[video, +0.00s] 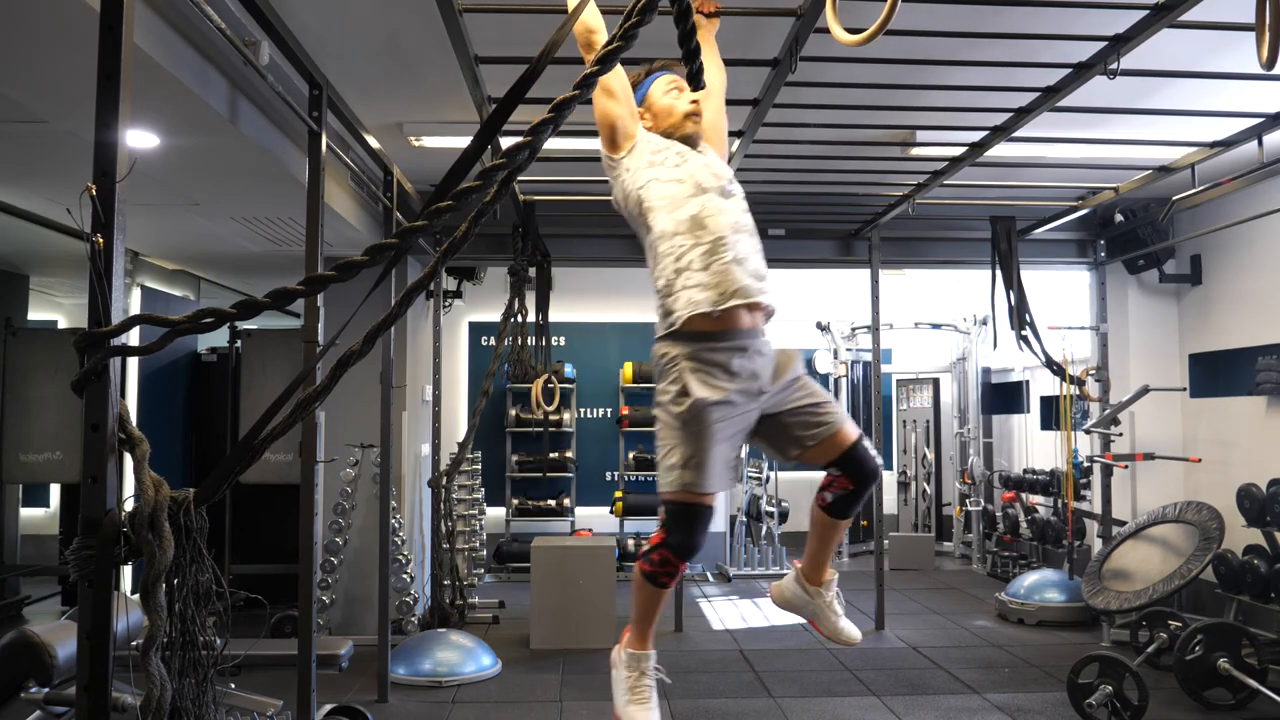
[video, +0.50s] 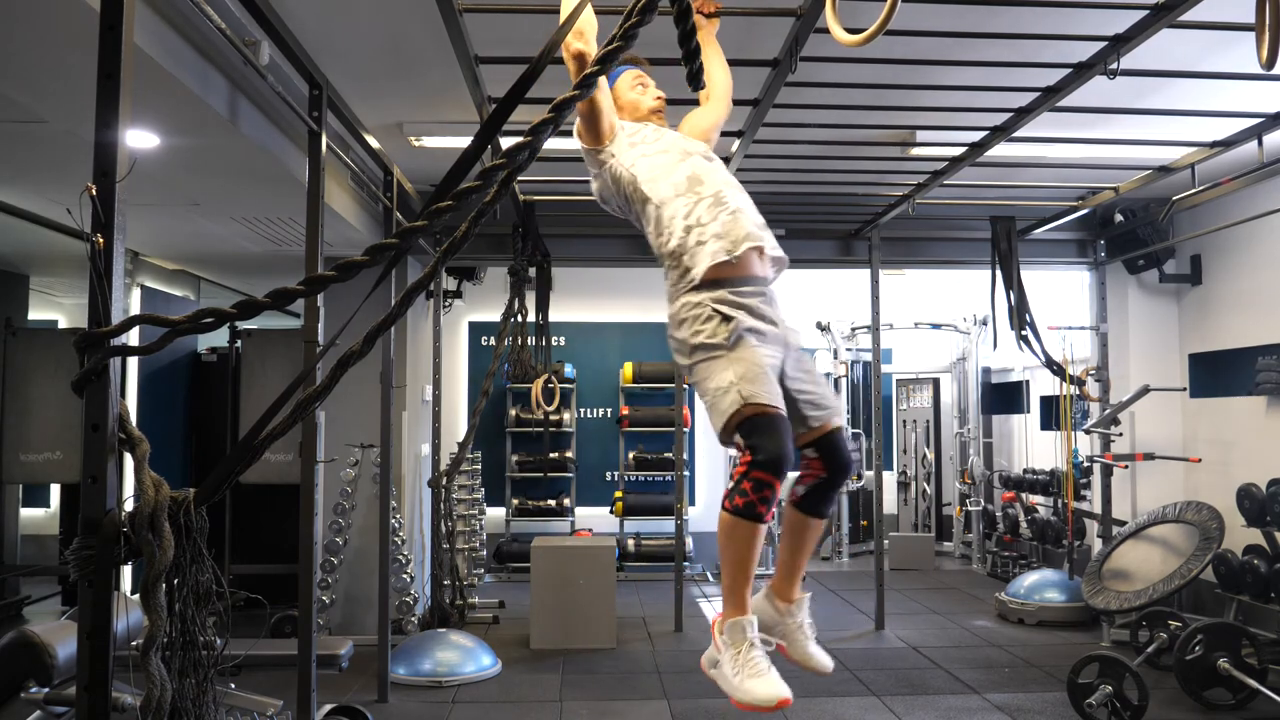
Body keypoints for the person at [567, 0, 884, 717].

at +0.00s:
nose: (687, 88)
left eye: (687, 85)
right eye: (670, 85)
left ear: (694, 110)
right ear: (643, 114)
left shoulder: (711, 159)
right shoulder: (635, 155)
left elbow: (714, 98)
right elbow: (606, 78)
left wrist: (708, 32)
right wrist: (594, 40)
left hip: (767, 350)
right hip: (697, 357)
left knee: (859, 468)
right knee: (684, 529)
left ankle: (810, 582)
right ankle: (634, 652)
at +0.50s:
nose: (644, 78)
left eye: (649, 76)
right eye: (631, 78)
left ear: (663, 97)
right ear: (612, 104)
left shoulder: (691, 138)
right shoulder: (614, 152)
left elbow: (718, 94)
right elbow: (592, 123)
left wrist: (706, 29)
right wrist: (585, 76)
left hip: (768, 302)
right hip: (712, 307)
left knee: (832, 458)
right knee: (766, 453)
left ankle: (781, 601)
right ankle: (731, 633)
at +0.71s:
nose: (632, 79)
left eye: (633, 76)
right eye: (617, 74)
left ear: (636, 96)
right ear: (589, 92)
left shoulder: (652, 144)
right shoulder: (577, 141)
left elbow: (707, 106)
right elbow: (563, 56)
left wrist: (706, 36)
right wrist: (575, 5)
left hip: (682, 314)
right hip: (622, 313)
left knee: (768, 418)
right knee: (717, 394)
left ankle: (779, 576)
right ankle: (751, 562)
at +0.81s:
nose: (626, 80)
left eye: (627, 72)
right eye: (612, 72)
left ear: (630, 87)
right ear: (580, 88)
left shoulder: (637, 141)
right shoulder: (558, 131)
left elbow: (697, 110)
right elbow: (547, 56)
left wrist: (703, 36)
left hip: (639, 311)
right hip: (575, 311)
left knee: (737, 357)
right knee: (676, 347)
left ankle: (784, 499)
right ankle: (743, 488)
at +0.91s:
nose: (621, 75)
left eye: (622, 65)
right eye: (605, 66)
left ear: (624, 74)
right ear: (570, 79)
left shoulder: (626, 129)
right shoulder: (546, 123)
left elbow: (691, 112)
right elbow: (535, 51)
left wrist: (703, 36)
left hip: (604, 293)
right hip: (547, 295)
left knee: (702, 300)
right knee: (645, 294)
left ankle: (755, 430)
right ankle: (713, 422)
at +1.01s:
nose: (621, 71)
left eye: (622, 60)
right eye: (606, 61)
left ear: (623, 66)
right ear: (569, 70)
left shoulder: (622, 112)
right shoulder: (538, 107)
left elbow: (687, 112)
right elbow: (516, 49)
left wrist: (702, 38)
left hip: (591, 290)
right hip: (530, 279)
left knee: (691, 286)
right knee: (624, 238)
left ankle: (682, 428)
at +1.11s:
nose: (620, 52)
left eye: (623, 41)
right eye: (606, 41)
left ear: (629, 45)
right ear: (573, 47)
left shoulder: (624, 94)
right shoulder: (548, 89)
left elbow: (686, 110)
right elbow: (511, 84)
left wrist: (701, 37)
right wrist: (547, 10)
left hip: (591, 261)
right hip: (531, 251)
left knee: (693, 323)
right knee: (599, 210)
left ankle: (630, 427)